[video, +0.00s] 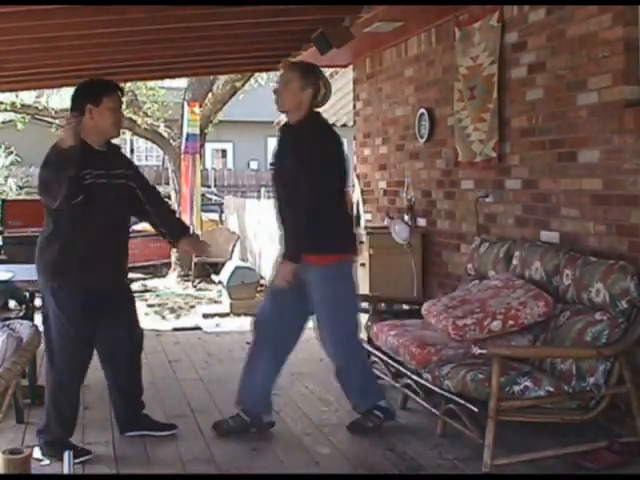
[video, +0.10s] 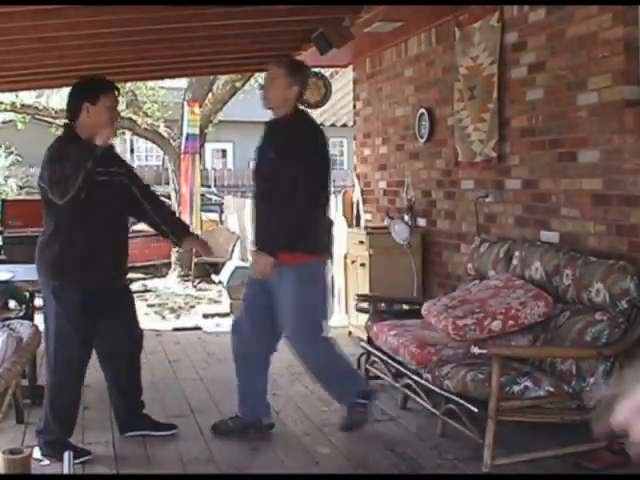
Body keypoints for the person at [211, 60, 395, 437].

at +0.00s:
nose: (276, 90)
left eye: (285, 85)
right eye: (278, 84)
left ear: (309, 93)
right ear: (296, 94)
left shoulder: (320, 136)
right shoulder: (289, 135)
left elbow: (313, 201)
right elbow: (295, 199)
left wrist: (291, 256)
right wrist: (290, 251)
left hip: (328, 255)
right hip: (299, 254)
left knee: (339, 336)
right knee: (271, 331)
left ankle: (374, 406)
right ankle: (253, 411)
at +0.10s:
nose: (264, 87)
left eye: (272, 80)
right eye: (266, 80)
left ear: (295, 89)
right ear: (283, 89)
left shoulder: (305, 133)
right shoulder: (275, 132)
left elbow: (299, 197)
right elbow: (274, 195)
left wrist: (271, 249)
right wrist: (263, 247)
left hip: (302, 256)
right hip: (272, 256)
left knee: (303, 335)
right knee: (249, 336)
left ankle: (357, 394)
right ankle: (254, 416)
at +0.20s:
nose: (246, 87)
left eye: (254, 80)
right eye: (246, 80)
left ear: (276, 87)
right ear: (265, 88)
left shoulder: (290, 129)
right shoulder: (258, 130)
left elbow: (293, 195)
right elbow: (260, 193)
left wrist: (258, 246)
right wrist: (249, 241)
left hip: (293, 246)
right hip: (264, 247)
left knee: (269, 325)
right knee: (236, 324)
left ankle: (317, 408)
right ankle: (250, 410)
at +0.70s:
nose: (207, 137)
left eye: (214, 130)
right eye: (206, 131)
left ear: (238, 133)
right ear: (225, 136)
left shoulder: (259, 177)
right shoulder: (227, 181)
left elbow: (257, 246)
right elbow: (227, 245)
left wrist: (225, 298)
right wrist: (221, 293)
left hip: (296, 273)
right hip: (266, 272)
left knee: (235, 334)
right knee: (218, 331)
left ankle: (269, 428)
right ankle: (246, 417)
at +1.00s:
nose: (214, 172)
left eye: (220, 165)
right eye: (214, 165)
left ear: (245, 169)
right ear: (239, 172)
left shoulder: (274, 206)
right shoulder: (245, 215)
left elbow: (273, 279)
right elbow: (243, 274)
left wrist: (239, 329)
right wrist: (230, 322)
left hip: (334, 287)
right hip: (305, 285)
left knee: (264, 347)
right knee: (249, 340)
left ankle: (289, 440)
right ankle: (271, 415)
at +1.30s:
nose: (250, 185)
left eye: (257, 178)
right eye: (250, 178)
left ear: (282, 182)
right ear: (276, 185)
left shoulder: (316, 214)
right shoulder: (279, 225)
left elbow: (318, 282)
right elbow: (271, 279)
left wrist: (282, 336)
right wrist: (248, 331)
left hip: (375, 283)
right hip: (346, 281)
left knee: (306, 342)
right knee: (295, 337)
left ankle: (317, 429)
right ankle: (313, 413)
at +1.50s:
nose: (293, 191)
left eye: (301, 184)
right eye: (294, 184)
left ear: (324, 189)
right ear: (317, 191)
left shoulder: (354, 223)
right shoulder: (318, 231)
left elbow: (343, 288)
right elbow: (309, 275)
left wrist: (299, 334)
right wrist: (281, 310)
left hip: (405, 299)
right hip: (369, 297)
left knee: (333, 336)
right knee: (308, 332)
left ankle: (356, 428)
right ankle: (319, 414)